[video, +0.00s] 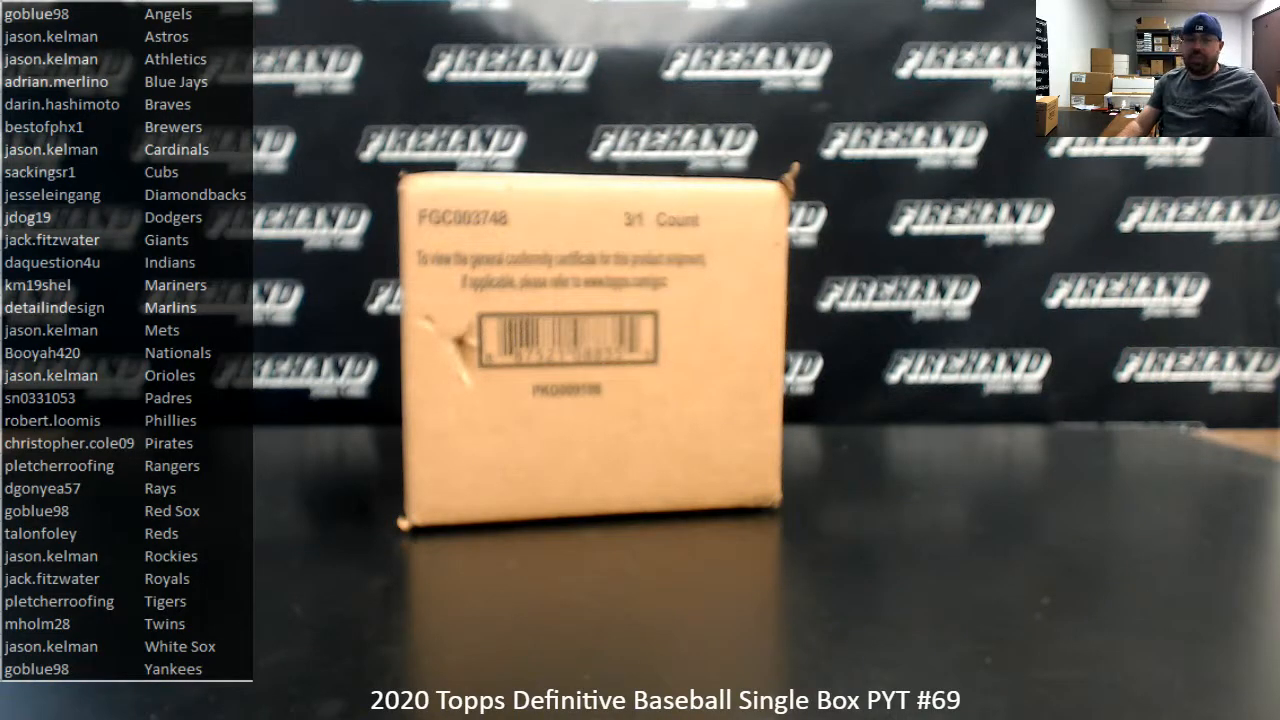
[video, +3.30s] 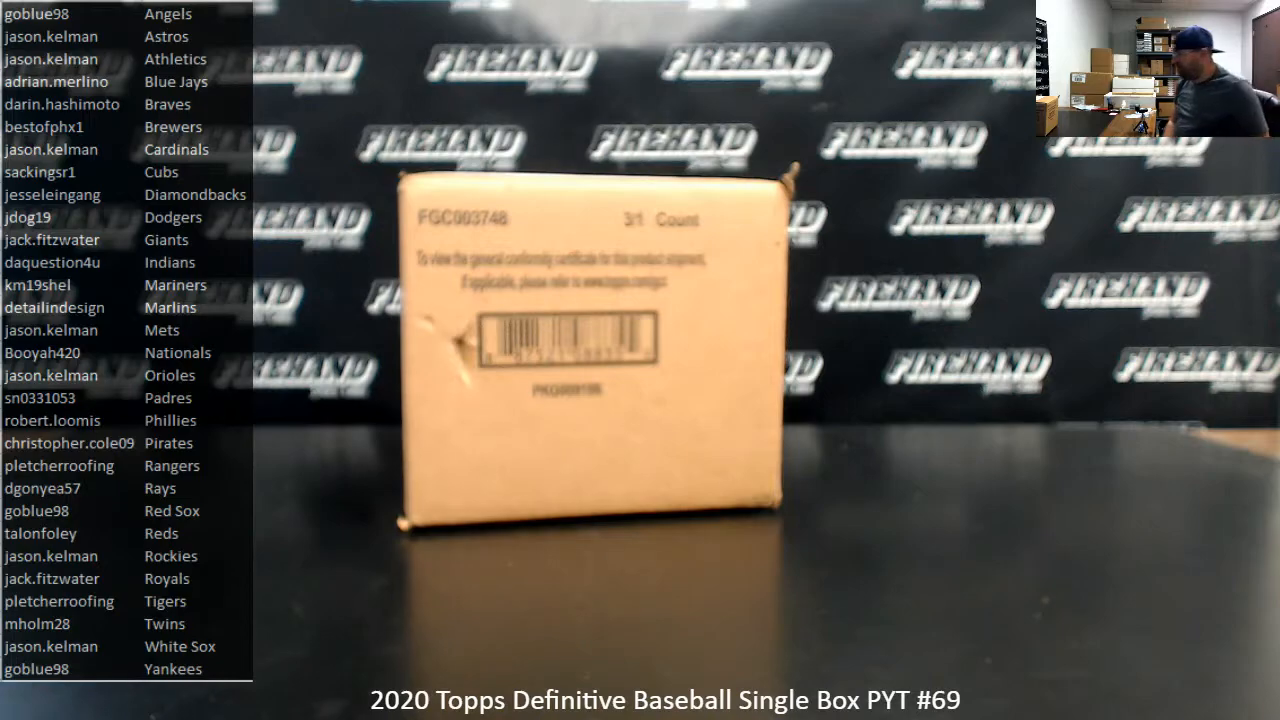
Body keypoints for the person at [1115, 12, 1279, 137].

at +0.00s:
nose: (1197, 47)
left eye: (1206, 40)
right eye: (1190, 40)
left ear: (1220, 46)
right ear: (1181, 45)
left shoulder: (1246, 83)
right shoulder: (1169, 82)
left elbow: (1271, 143)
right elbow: (1139, 125)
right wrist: (1110, 152)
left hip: (1226, 173)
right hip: (1171, 174)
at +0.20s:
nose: (1198, 48)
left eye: (1206, 41)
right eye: (1191, 41)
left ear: (1220, 47)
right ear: (1182, 47)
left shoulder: (1246, 82)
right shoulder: (1172, 81)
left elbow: (1271, 140)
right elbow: (1147, 121)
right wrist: (1118, 147)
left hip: (1228, 170)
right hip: (1173, 171)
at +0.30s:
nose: (1198, 47)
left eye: (1206, 41)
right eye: (1192, 41)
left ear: (1220, 46)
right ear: (1185, 48)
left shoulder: (1248, 81)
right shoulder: (1175, 80)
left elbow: (1273, 136)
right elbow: (1157, 120)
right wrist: (1141, 151)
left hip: (1231, 168)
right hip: (1177, 169)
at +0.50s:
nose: (1200, 46)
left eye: (1208, 40)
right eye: (1193, 41)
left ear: (1223, 46)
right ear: (1186, 47)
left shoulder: (1251, 81)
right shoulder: (1177, 79)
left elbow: (1273, 135)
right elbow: (1161, 122)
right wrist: (1168, 151)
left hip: (1235, 166)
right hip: (1183, 166)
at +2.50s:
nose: (1196, 55)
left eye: (1201, 50)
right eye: (1191, 52)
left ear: (1214, 54)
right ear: (1187, 57)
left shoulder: (1238, 80)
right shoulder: (1181, 86)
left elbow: (1260, 123)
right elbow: (1171, 122)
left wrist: (1237, 150)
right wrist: (1168, 150)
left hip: (1226, 154)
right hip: (1186, 154)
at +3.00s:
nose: (1197, 57)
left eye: (1203, 51)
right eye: (1194, 52)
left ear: (1221, 52)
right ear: (1191, 54)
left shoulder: (1248, 82)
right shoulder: (1190, 83)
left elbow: (1267, 134)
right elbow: (1176, 120)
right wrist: (1167, 149)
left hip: (1229, 162)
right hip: (1187, 160)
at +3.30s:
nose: (1174, 61)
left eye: (1180, 54)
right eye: (1175, 55)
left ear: (1203, 53)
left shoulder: (1237, 89)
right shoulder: (1185, 85)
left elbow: (1262, 141)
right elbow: (1173, 122)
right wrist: (1163, 152)